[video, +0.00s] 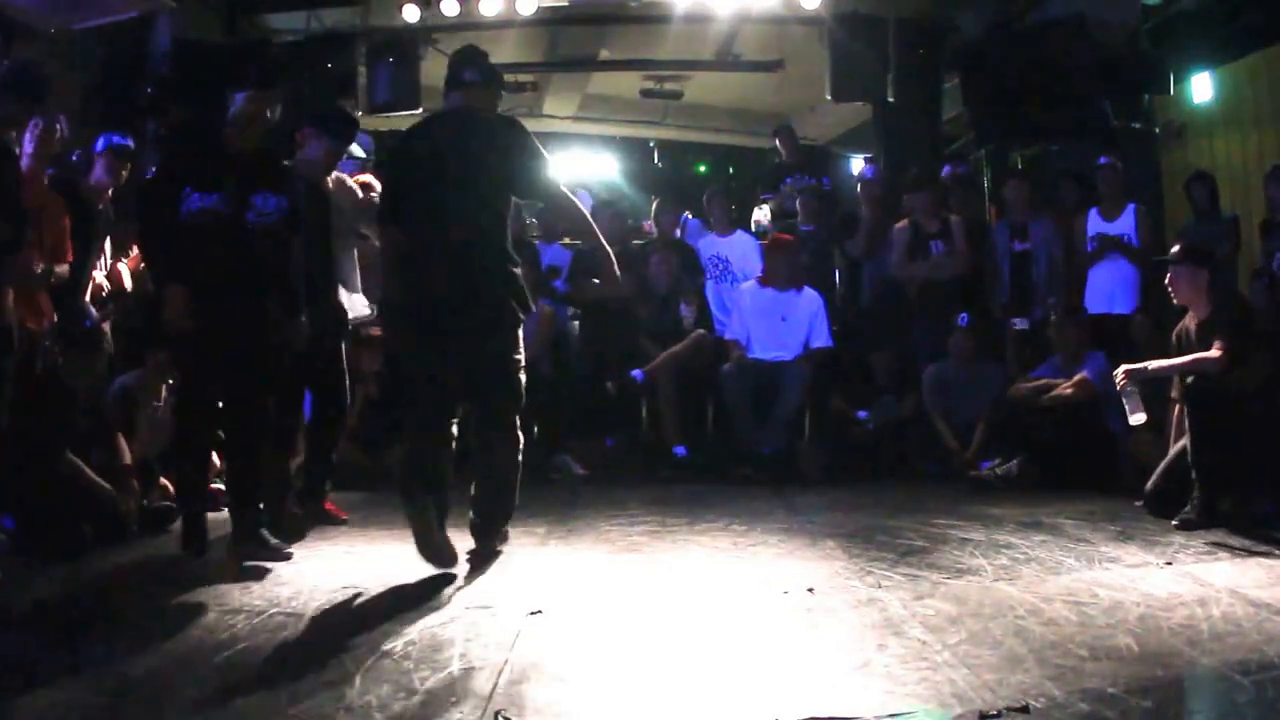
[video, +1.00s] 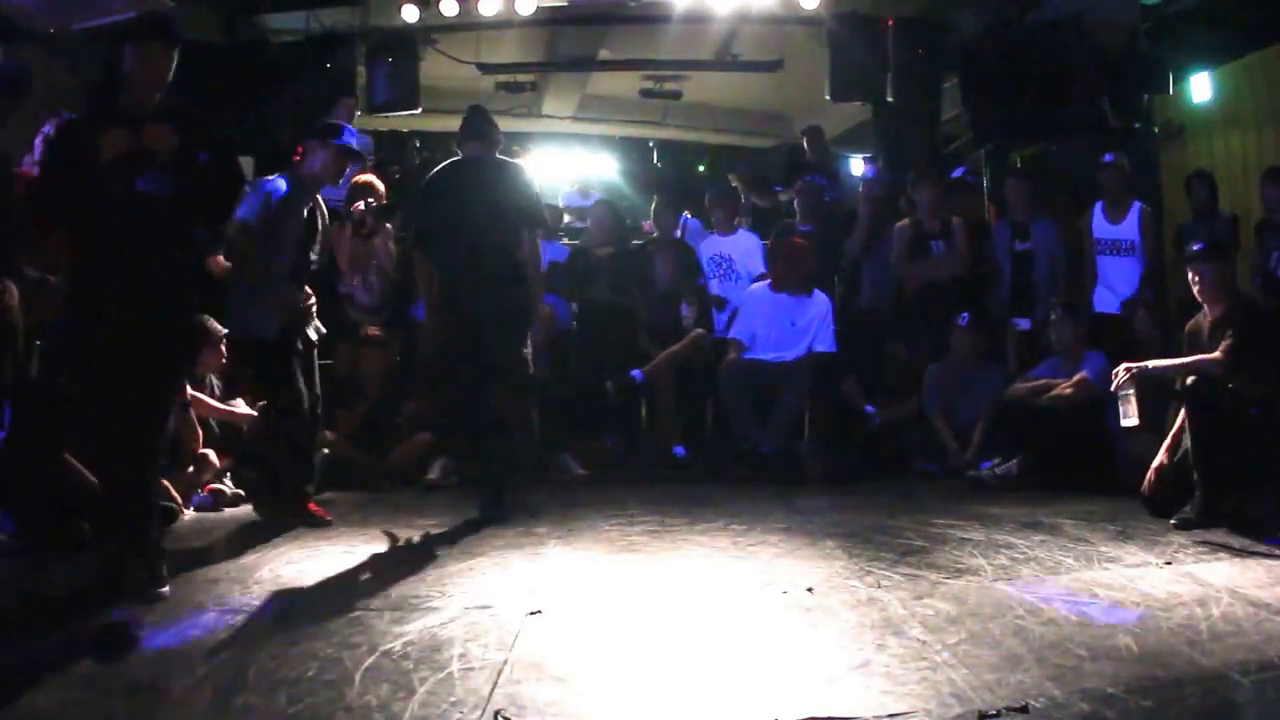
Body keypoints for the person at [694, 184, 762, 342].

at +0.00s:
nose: (718, 212)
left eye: (722, 206)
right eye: (714, 207)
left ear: (730, 208)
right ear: (707, 211)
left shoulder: (748, 242)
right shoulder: (703, 246)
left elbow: (759, 281)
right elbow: (701, 281)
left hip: (749, 320)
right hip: (719, 322)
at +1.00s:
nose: (717, 215)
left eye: (722, 209)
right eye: (713, 210)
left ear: (734, 210)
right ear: (709, 212)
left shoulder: (750, 241)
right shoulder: (705, 246)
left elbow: (762, 281)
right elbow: (700, 282)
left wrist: (742, 307)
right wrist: (711, 298)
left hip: (749, 317)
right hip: (718, 321)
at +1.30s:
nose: (723, 213)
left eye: (727, 208)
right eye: (719, 208)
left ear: (735, 208)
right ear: (711, 212)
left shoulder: (753, 242)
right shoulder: (705, 247)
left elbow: (763, 276)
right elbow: (699, 283)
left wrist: (739, 287)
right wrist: (721, 290)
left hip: (754, 323)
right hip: (722, 326)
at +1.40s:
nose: (721, 214)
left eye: (726, 208)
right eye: (716, 209)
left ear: (736, 209)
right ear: (711, 211)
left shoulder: (753, 242)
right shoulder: (706, 247)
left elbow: (766, 278)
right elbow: (695, 284)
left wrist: (728, 275)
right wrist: (720, 293)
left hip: (753, 324)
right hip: (721, 326)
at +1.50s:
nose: (720, 213)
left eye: (725, 207)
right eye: (715, 207)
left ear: (735, 208)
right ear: (710, 210)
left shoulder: (754, 242)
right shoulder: (706, 248)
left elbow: (761, 279)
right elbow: (697, 283)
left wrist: (728, 259)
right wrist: (719, 293)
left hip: (756, 322)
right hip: (723, 325)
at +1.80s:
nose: (730, 216)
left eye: (734, 211)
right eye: (725, 211)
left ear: (741, 212)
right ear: (718, 214)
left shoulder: (754, 239)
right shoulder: (706, 249)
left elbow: (758, 268)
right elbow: (698, 284)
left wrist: (731, 240)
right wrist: (719, 290)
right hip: (724, 326)